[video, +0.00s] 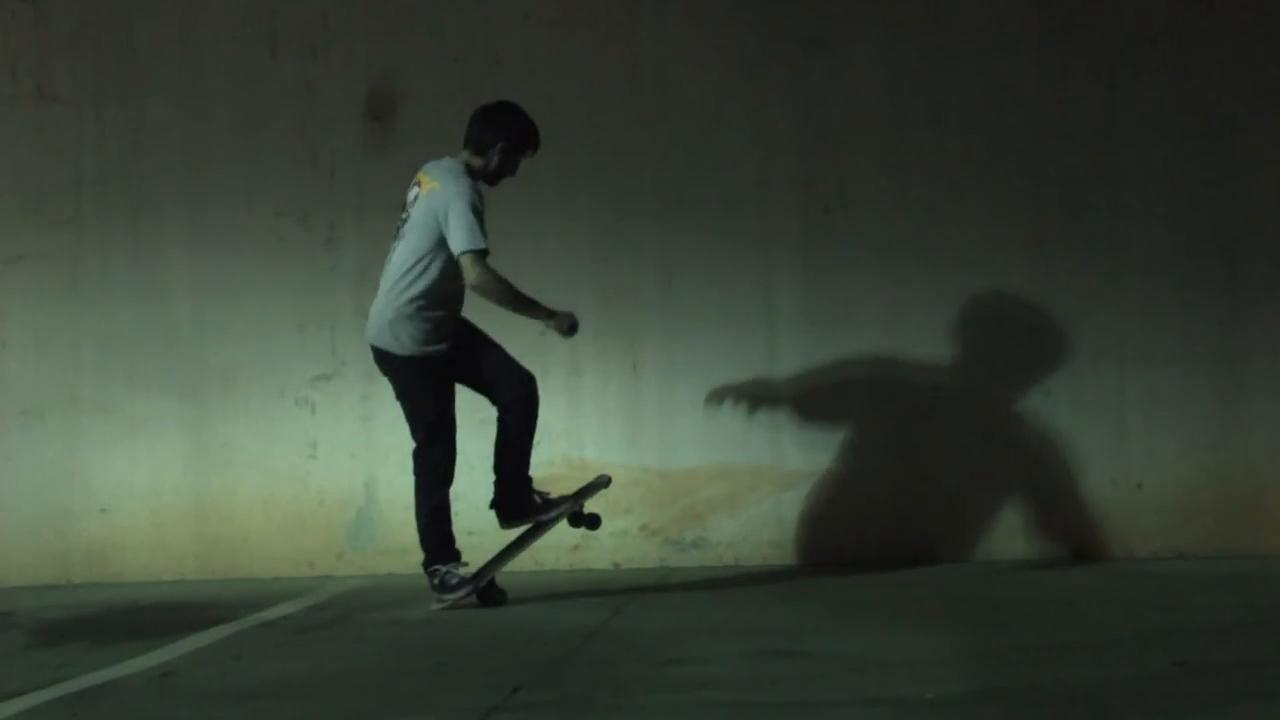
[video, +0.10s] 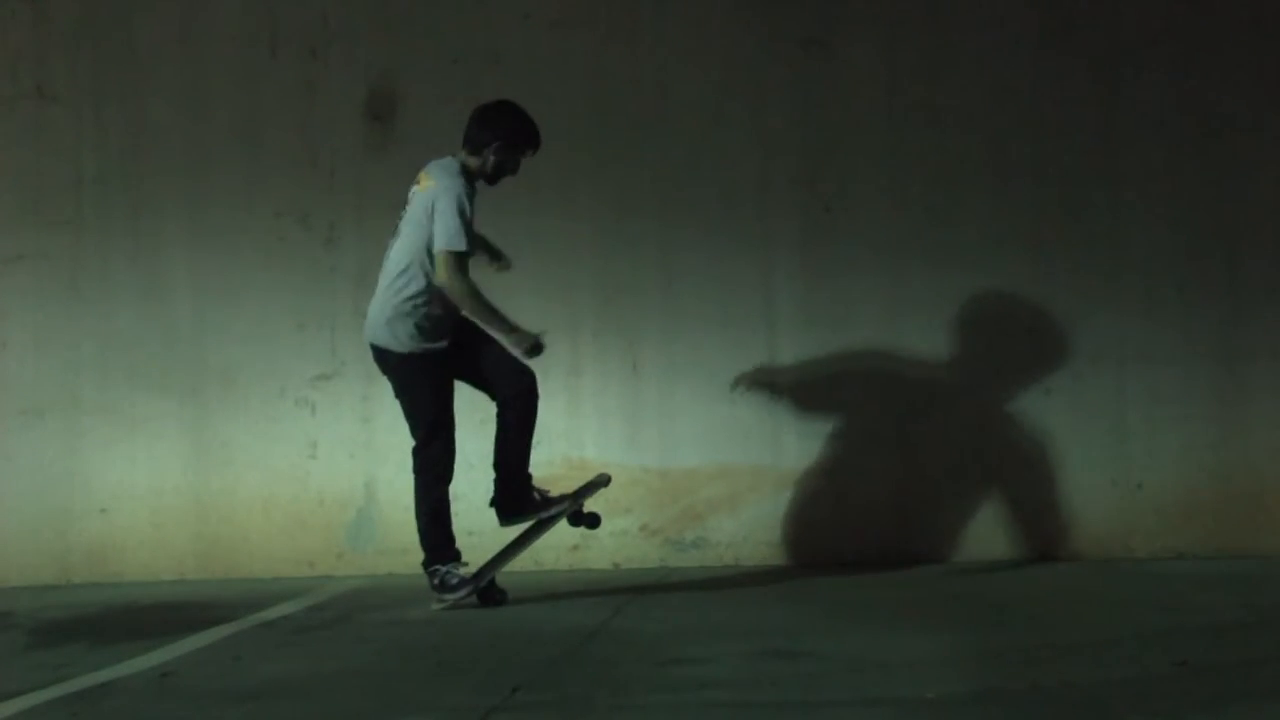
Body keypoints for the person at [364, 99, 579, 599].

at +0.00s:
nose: (515, 171)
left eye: (519, 161)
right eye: (515, 159)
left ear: (481, 145)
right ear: (495, 150)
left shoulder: (441, 172)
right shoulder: (458, 189)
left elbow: (408, 216)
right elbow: (477, 274)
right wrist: (547, 315)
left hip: (439, 327)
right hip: (407, 337)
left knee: (518, 391)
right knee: (435, 451)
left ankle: (513, 500)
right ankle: (441, 567)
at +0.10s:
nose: (515, 169)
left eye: (520, 159)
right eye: (515, 157)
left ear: (482, 146)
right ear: (492, 149)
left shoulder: (449, 174)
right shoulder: (448, 187)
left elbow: (445, 221)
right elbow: (448, 277)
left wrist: (482, 245)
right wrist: (512, 333)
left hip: (442, 330)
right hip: (405, 337)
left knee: (517, 387)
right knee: (435, 450)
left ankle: (513, 496)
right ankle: (441, 566)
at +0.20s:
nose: (511, 168)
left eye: (515, 158)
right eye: (510, 156)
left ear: (480, 146)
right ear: (484, 146)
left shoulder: (454, 183)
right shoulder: (438, 185)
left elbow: (467, 218)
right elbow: (410, 268)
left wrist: (526, 231)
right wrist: (442, 344)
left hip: (441, 321)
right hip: (403, 332)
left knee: (521, 374)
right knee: (438, 447)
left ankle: (500, 482)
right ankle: (442, 566)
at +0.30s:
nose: (497, 163)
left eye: (501, 152)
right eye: (493, 151)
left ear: (470, 147)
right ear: (464, 143)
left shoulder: (464, 188)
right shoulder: (415, 191)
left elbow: (510, 207)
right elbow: (370, 261)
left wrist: (579, 220)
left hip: (445, 327)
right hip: (404, 338)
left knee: (521, 384)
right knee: (439, 451)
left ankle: (512, 485)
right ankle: (441, 566)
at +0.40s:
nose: (479, 158)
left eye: (481, 149)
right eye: (473, 148)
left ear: (461, 144)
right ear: (443, 141)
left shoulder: (466, 179)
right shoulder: (394, 187)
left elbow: (530, 186)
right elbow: (333, 244)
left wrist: (603, 195)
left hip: (445, 320)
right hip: (401, 332)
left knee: (525, 383)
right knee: (435, 448)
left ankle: (566, 482)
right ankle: (441, 568)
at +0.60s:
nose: (459, 163)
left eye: (464, 155)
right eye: (453, 154)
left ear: (458, 151)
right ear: (423, 142)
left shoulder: (461, 174)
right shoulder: (371, 180)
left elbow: (525, 181)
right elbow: (295, 219)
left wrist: (585, 208)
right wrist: (232, 279)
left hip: (445, 298)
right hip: (397, 324)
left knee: (529, 343)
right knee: (426, 440)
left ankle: (568, 446)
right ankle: (446, 558)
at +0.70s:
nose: (453, 181)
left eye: (456, 171)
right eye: (445, 171)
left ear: (455, 167)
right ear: (413, 161)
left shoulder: (455, 202)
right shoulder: (366, 208)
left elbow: (496, 259)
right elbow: (316, 278)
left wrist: (540, 323)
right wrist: (278, 356)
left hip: (446, 312)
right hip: (397, 338)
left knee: (508, 355)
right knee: (427, 448)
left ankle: (562, 443)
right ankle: (457, 558)